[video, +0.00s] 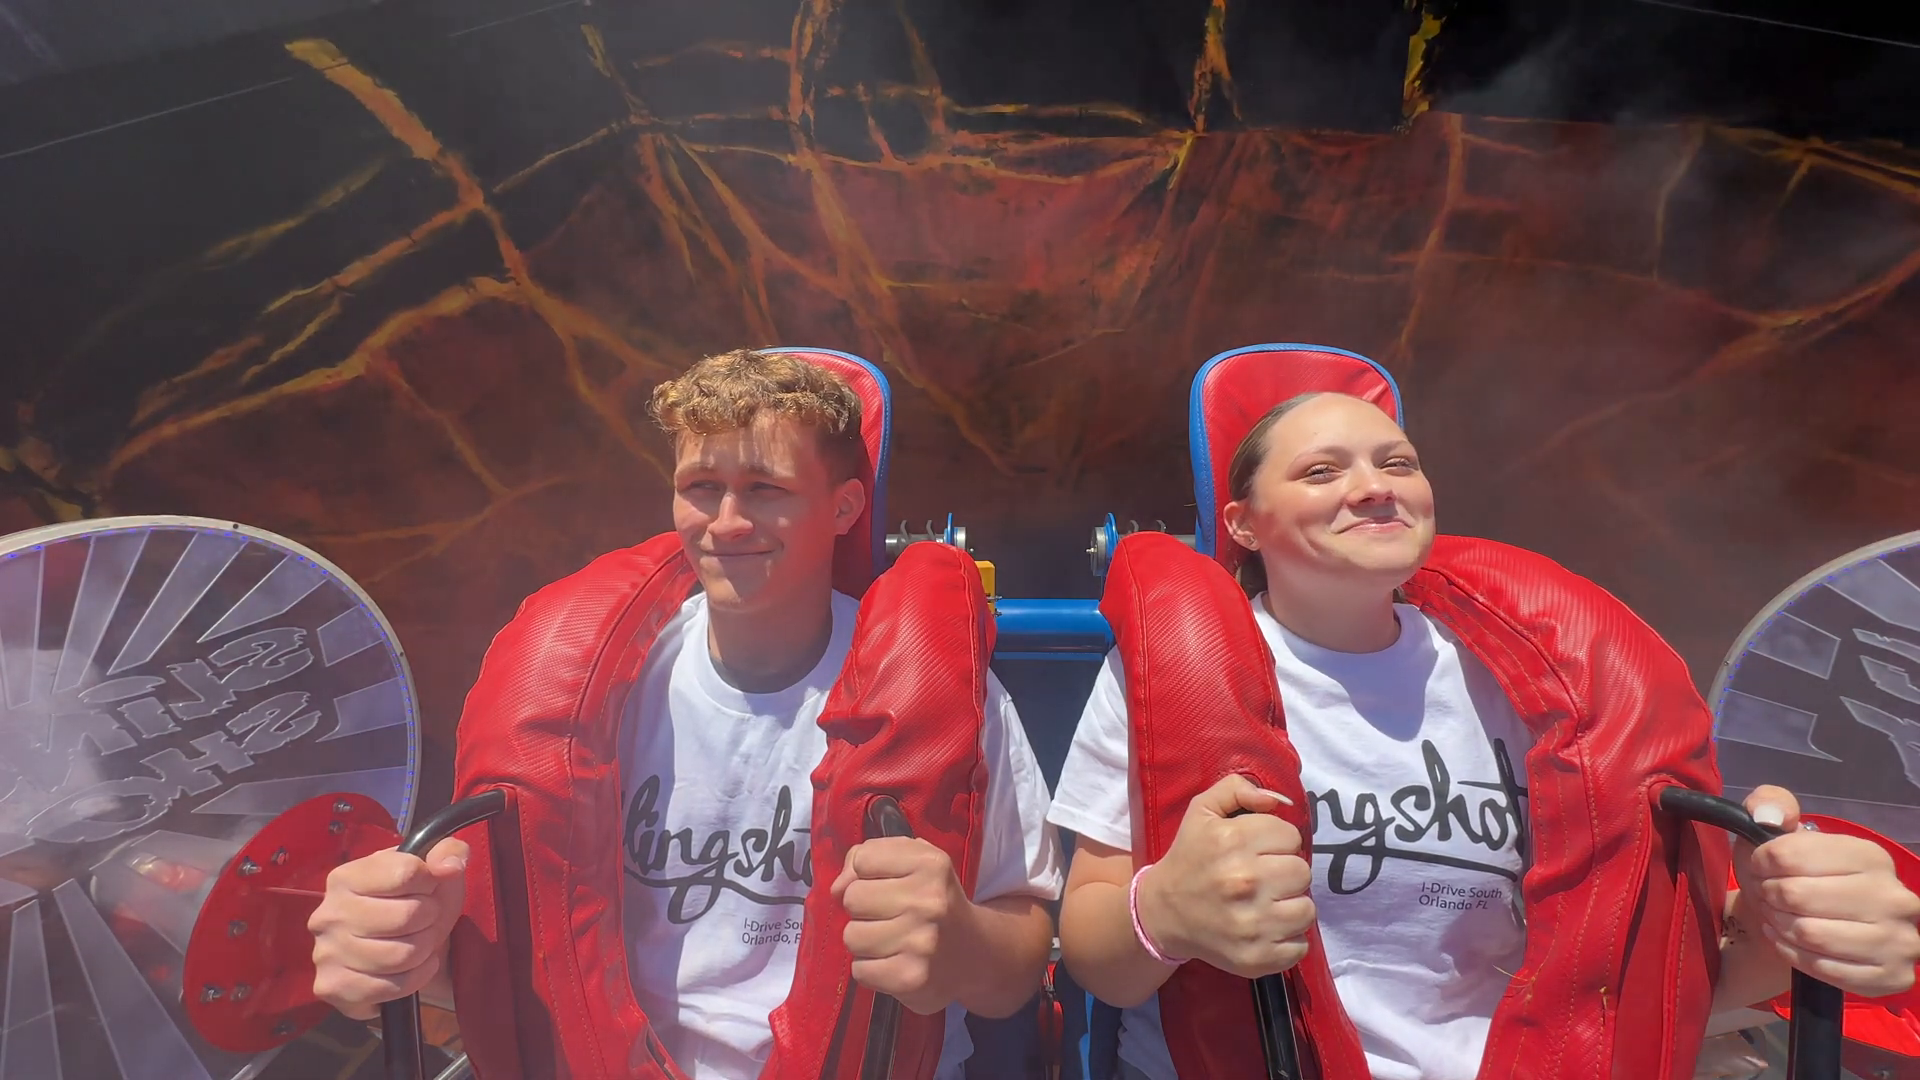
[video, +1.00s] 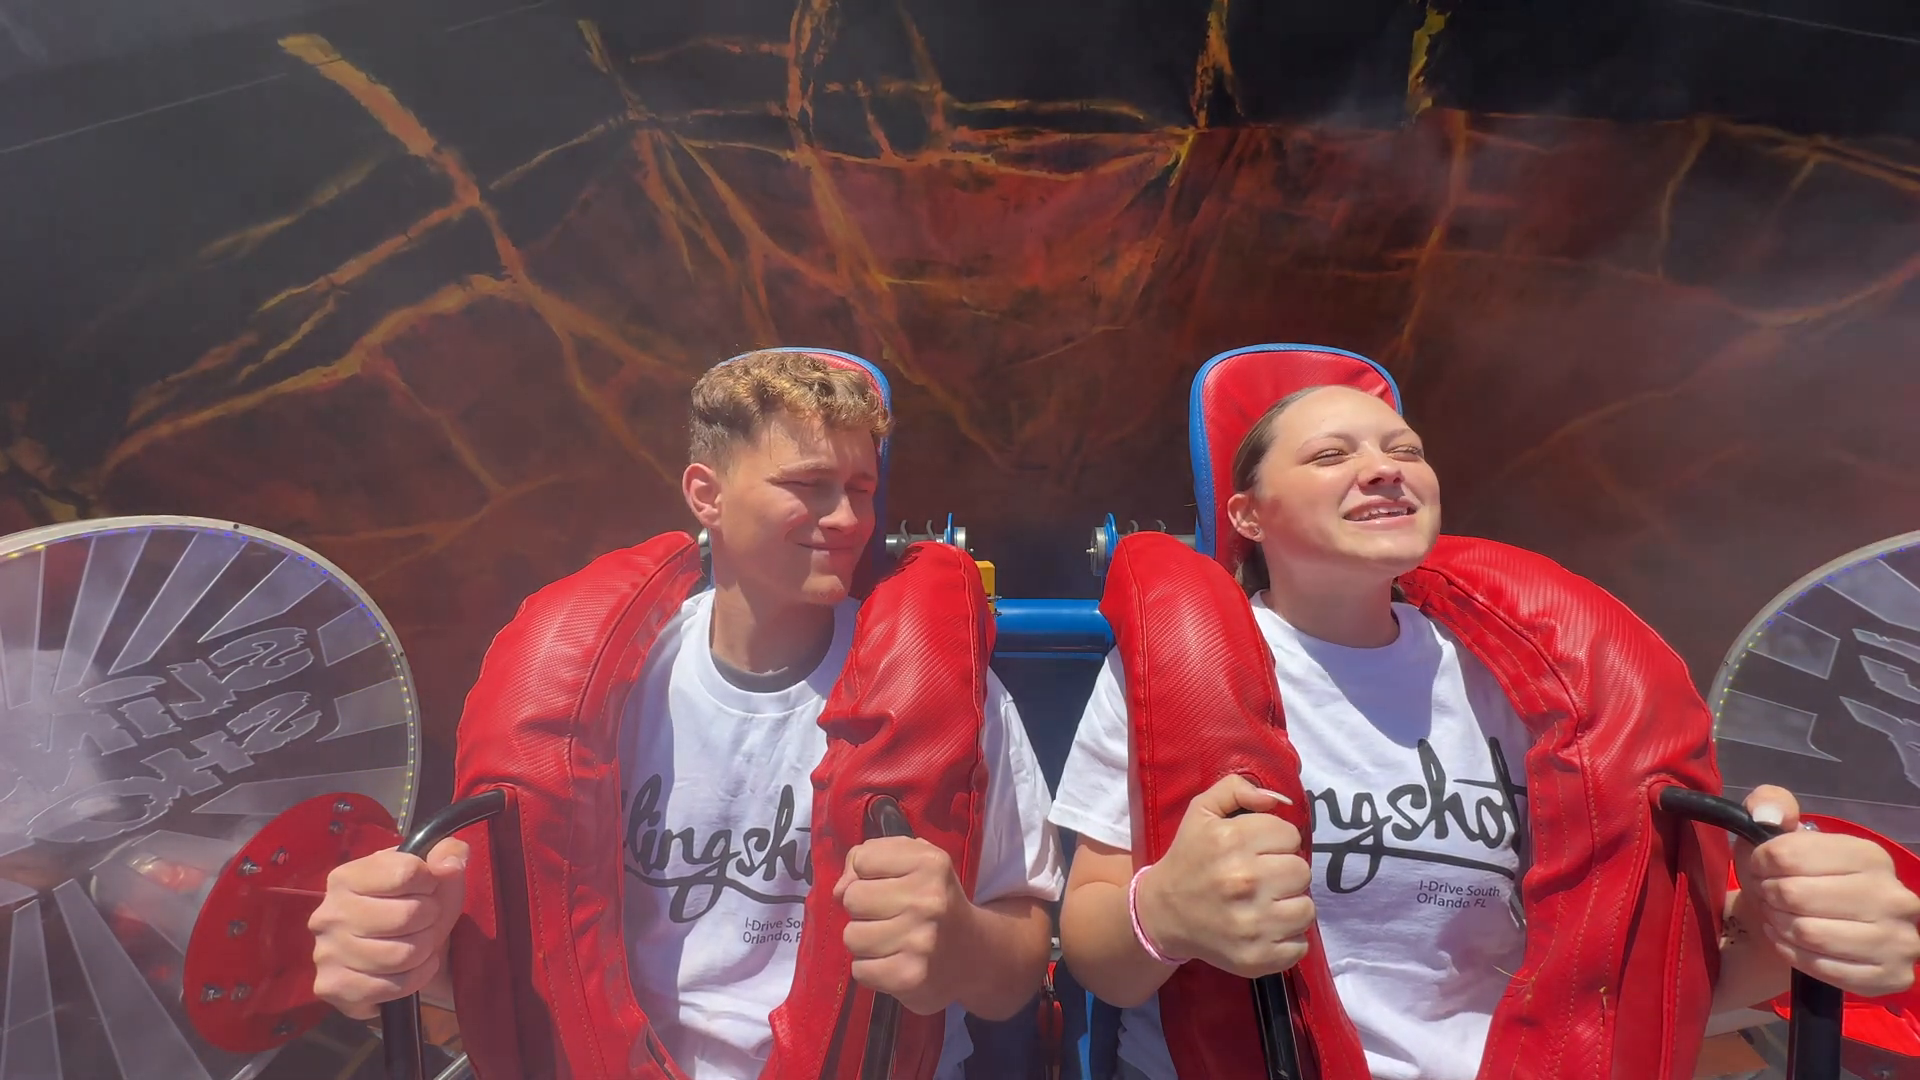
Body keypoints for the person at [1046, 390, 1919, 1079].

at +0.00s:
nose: (1374, 486)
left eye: (1394, 459)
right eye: (1321, 470)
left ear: (1428, 488)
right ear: (1241, 523)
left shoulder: (1533, 659)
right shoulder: (1171, 661)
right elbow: (1088, 956)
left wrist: (1758, 903)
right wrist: (1159, 913)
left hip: (1510, 1058)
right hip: (1285, 1059)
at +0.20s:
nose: (1376, 476)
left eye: (1393, 450)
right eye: (1323, 459)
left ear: (1429, 484)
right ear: (1243, 519)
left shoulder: (1534, 663)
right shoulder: (1173, 662)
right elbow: (1089, 957)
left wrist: (1768, 903)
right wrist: (1159, 913)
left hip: (1507, 1068)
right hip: (1279, 1067)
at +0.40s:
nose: (1381, 470)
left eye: (1397, 445)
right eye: (1327, 454)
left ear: (1431, 480)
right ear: (1244, 516)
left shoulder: (1534, 665)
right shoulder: (1172, 663)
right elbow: (1089, 954)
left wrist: (1760, 906)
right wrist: (1158, 914)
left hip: (1505, 1067)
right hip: (1280, 1066)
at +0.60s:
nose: (1381, 467)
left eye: (1397, 445)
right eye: (1326, 455)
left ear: (1432, 480)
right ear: (1244, 519)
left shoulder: (1530, 663)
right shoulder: (1173, 663)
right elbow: (1089, 951)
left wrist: (1762, 904)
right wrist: (1158, 914)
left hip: (1506, 1066)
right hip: (1283, 1065)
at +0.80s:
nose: (1382, 470)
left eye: (1399, 446)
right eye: (1328, 453)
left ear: (1433, 483)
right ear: (1244, 516)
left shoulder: (1535, 665)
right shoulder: (1171, 663)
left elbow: (1642, 946)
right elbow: (1090, 954)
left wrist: (1760, 909)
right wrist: (1157, 914)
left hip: (1507, 1067)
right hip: (1281, 1065)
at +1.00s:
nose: (1384, 467)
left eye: (1399, 444)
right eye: (1329, 453)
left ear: (1433, 482)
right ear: (1245, 515)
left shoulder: (1531, 665)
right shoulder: (1174, 662)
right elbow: (1088, 953)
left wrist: (1770, 918)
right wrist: (1158, 914)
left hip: (1506, 1067)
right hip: (1283, 1065)